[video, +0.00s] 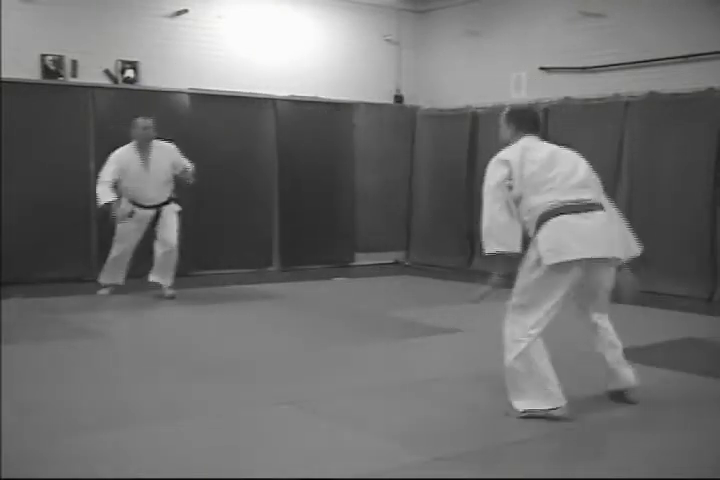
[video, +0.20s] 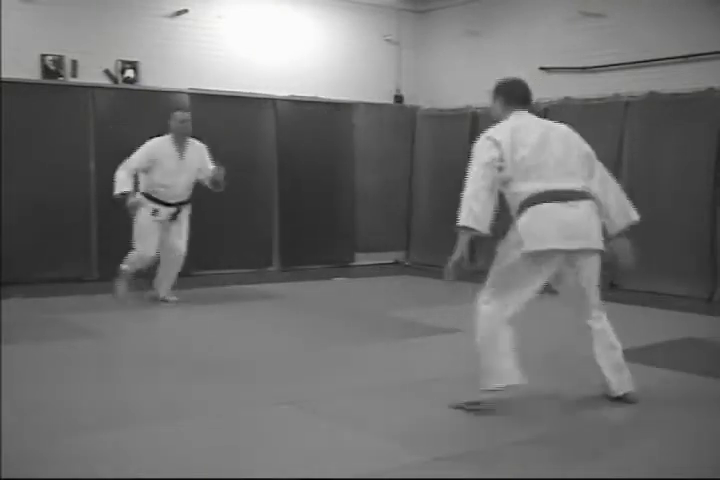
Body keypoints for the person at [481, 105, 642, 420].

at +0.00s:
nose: (501, 133)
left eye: (502, 127)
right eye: (501, 127)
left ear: (511, 129)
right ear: (537, 128)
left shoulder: (505, 160)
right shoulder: (569, 155)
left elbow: (497, 215)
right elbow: (603, 204)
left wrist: (500, 269)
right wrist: (624, 255)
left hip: (558, 241)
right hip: (603, 236)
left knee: (522, 322)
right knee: (596, 313)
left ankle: (545, 401)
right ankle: (623, 378)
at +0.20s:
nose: (491, 110)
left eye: (493, 105)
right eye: (491, 105)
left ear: (500, 104)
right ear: (528, 103)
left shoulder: (494, 137)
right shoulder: (565, 133)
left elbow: (479, 186)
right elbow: (600, 180)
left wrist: (463, 241)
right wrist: (619, 231)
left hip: (537, 224)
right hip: (584, 220)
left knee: (494, 304)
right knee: (593, 310)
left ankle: (498, 384)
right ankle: (621, 385)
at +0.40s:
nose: (478, 98)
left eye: (479, 92)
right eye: (479, 92)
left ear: (487, 92)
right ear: (515, 92)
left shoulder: (481, 127)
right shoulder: (550, 126)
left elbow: (458, 180)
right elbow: (571, 181)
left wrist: (450, 236)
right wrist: (576, 226)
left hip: (512, 221)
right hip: (559, 219)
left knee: (473, 305)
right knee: (560, 293)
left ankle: (460, 393)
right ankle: (590, 366)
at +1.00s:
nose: (461, 127)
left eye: (463, 122)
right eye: (463, 122)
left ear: (469, 125)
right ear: (499, 127)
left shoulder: (450, 155)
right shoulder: (529, 160)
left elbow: (414, 206)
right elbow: (550, 215)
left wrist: (440, 202)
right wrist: (563, 260)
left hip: (491, 248)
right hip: (539, 247)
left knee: (434, 312)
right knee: (537, 298)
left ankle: (433, 390)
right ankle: (570, 368)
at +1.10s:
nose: (470, 127)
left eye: (472, 122)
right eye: (472, 122)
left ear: (477, 125)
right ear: (506, 129)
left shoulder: (460, 152)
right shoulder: (530, 162)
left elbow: (425, 176)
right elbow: (557, 214)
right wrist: (559, 252)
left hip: (500, 248)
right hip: (545, 244)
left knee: (436, 314)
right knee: (529, 293)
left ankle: (433, 391)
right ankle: (569, 355)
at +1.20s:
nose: (499, 117)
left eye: (502, 113)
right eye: (502, 113)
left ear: (510, 117)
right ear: (533, 121)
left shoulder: (498, 137)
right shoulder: (548, 150)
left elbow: (458, 123)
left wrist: (485, 116)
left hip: (522, 241)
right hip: (563, 240)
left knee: (470, 307)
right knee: (543, 298)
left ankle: (437, 388)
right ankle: (566, 359)